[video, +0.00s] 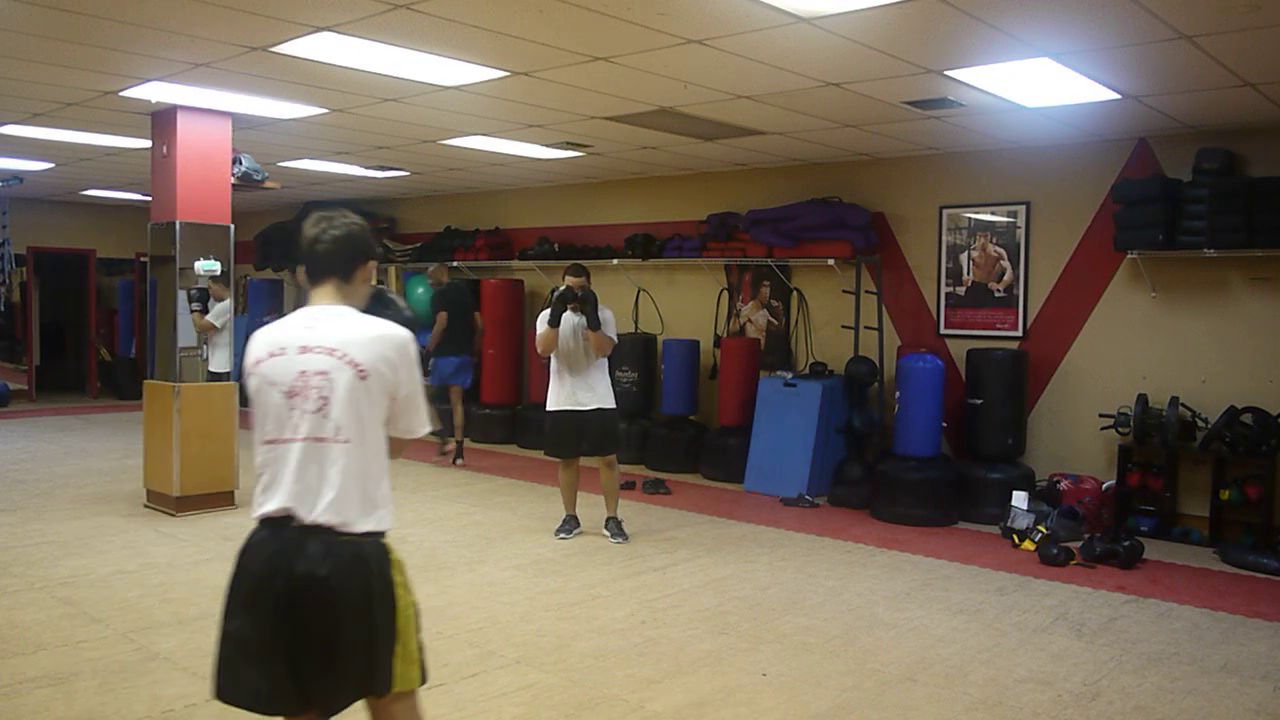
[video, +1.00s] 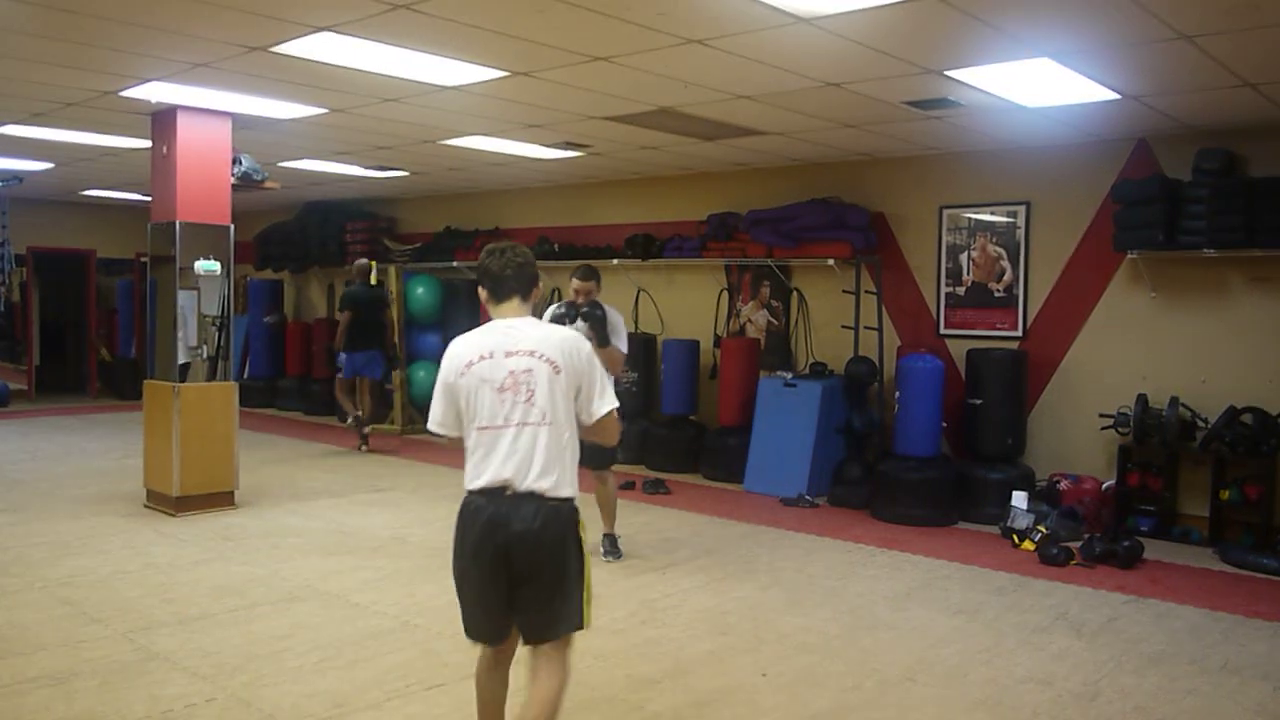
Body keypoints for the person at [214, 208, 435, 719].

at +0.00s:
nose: (374, 277)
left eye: (372, 267)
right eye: (373, 267)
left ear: (302, 272)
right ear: (366, 268)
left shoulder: (260, 343)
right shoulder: (392, 342)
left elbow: (266, 432)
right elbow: (399, 441)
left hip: (271, 554)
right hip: (356, 560)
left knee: (299, 707)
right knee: (394, 702)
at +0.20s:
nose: (427, 281)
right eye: (426, 272)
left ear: (358, 273)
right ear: (421, 273)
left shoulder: (315, 340)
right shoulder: (444, 342)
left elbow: (319, 432)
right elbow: (445, 448)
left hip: (323, 548)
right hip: (407, 551)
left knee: (332, 701)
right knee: (438, 690)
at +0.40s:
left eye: (411, 265)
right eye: (475, 270)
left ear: (411, 274)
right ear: (474, 276)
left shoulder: (374, 339)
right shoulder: (502, 342)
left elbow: (362, 437)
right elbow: (516, 449)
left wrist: (419, 442)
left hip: (391, 545)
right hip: (472, 548)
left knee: (384, 688)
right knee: (474, 698)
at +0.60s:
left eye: (449, 274)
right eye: (514, 275)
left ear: (449, 281)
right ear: (512, 280)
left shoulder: (416, 342)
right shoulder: (540, 343)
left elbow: (412, 443)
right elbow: (567, 444)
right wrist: (516, 419)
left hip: (430, 536)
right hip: (508, 541)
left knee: (430, 662)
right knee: (490, 682)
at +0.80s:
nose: (535, 289)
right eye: (534, 282)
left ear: (471, 292)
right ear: (530, 288)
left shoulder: (444, 353)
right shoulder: (559, 351)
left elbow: (435, 451)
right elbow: (587, 452)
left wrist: (483, 453)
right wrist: (534, 436)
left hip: (460, 536)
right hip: (532, 539)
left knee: (468, 675)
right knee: (503, 680)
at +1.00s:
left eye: (482, 291)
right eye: (542, 286)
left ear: (482, 295)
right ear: (537, 289)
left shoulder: (461, 349)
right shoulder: (571, 345)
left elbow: (453, 435)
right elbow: (607, 432)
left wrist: (506, 426)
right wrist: (553, 418)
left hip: (481, 518)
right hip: (549, 519)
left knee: (495, 645)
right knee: (550, 646)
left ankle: (491, 719)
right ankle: (536, 715)